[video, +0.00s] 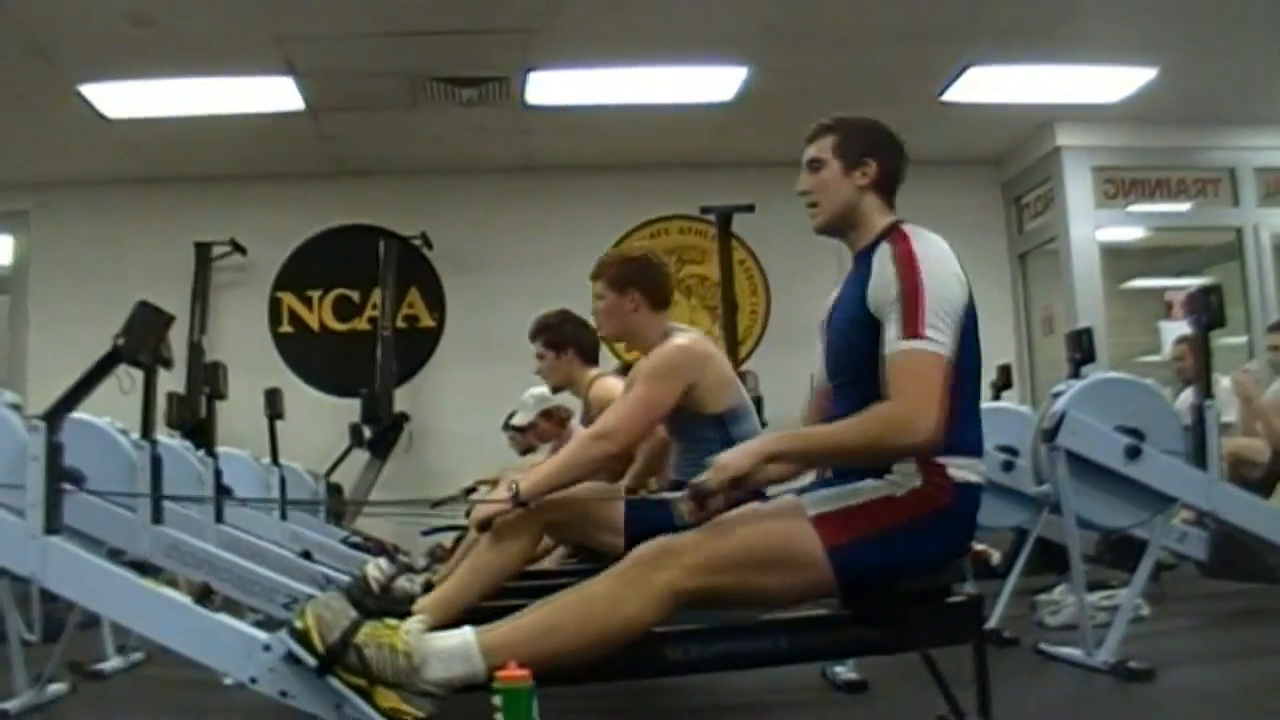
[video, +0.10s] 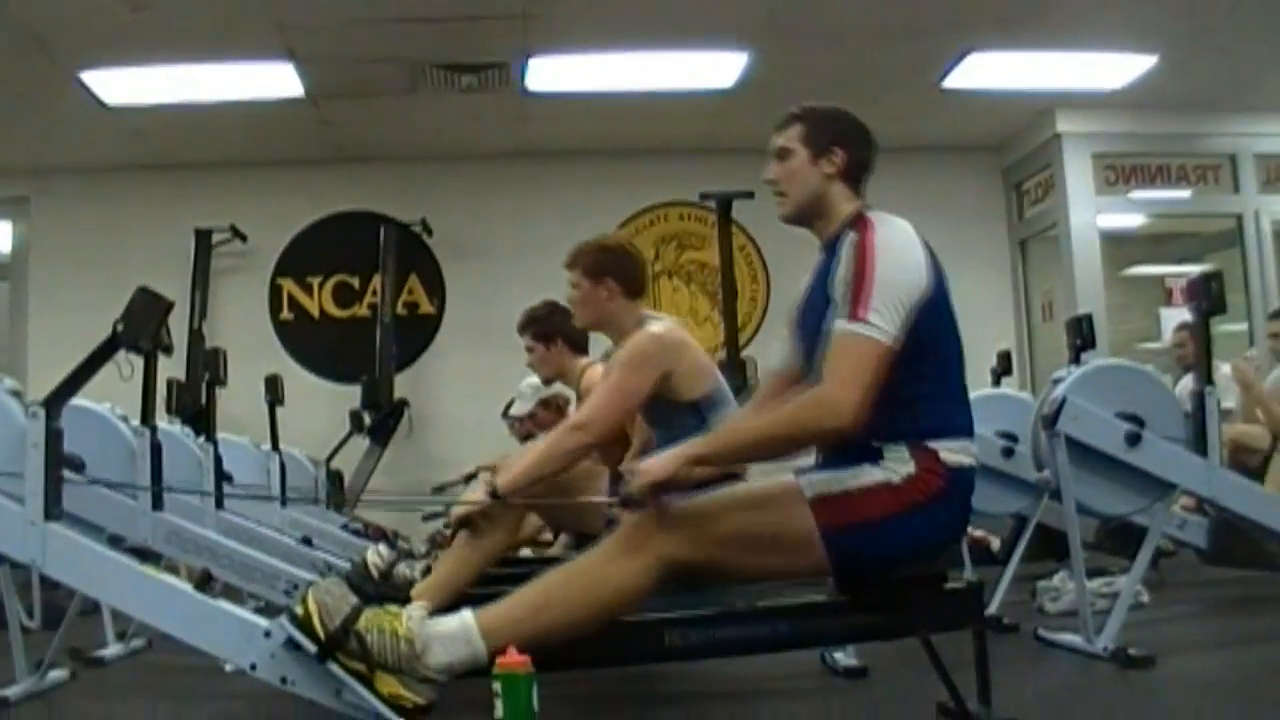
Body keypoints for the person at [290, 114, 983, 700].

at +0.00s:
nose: (803, 186)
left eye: (816, 169)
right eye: (802, 173)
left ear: (869, 173)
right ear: (852, 184)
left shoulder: (911, 254)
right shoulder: (858, 285)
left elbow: (913, 421)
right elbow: (826, 425)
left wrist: (771, 450)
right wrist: (752, 472)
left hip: (914, 493)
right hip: (865, 488)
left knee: (673, 564)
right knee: (657, 554)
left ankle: (432, 664)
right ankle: (423, 653)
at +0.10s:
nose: (771, 177)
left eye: (785, 159)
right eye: (772, 162)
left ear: (837, 165)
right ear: (817, 171)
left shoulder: (882, 243)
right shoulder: (828, 273)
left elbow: (842, 407)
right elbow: (787, 395)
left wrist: (685, 462)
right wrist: (679, 455)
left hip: (912, 481)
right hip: (864, 476)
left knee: (664, 534)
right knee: (647, 523)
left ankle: (434, 650)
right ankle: (428, 643)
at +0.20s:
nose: (729, 162)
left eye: (743, 145)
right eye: (731, 148)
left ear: (796, 152)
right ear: (781, 158)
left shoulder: (843, 226)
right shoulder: (788, 255)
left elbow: (768, 379)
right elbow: (731, 371)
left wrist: (620, 454)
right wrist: (620, 450)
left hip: (897, 467)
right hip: (847, 461)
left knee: (632, 494)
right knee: (623, 492)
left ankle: (436, 631)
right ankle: (433, 624)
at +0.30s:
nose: (684, 149)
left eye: (698, 131)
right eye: (687, 134)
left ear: (750, 140)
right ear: (742, 142)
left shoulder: (799, 212)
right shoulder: (752, 236)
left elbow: (695, 363)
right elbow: (682, 361)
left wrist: (557, 447)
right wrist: (559, 442)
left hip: (877, 447)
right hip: (826, 441)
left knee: (627, 447)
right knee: (609, 450)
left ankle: (438, 608)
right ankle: (433, 604)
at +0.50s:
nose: (596, 158)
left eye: (610, 141)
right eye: (599, 144)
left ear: (660, 147)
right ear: (656, 152)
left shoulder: (713, 221)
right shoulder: (684, 231)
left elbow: (588, 375)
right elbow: (596, 370)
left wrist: (454, 463)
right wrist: (460, 455)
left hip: (812, 451)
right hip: (767, 440)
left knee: (575, 405)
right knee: (556, 405)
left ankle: (438, 608)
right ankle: (431, 592)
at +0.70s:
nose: (519, 165)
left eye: (532, 148)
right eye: (522, 151)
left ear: (579, 152)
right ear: (575, 156)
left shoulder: (632, 227)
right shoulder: (604, 241)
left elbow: (511, 383)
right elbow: (504, 381)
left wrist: (371, 474)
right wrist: (404, 481)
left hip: (741, 461)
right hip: (701, 457)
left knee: (512, 331)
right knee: (508, 332)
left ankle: (440, 601)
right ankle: (433, 596)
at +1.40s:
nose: (615, 150)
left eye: (631, 134)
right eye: (620, 134)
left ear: (678, 143)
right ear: (677, 148)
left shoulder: (719, 223)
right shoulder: (696, 230)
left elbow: (589, 371)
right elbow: (584, 371)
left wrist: (444, 438)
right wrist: (457, 449)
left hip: (818, 459)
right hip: (784, 451)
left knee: (596, 358)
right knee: (580, 363)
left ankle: (540, 592)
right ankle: (529, 582)